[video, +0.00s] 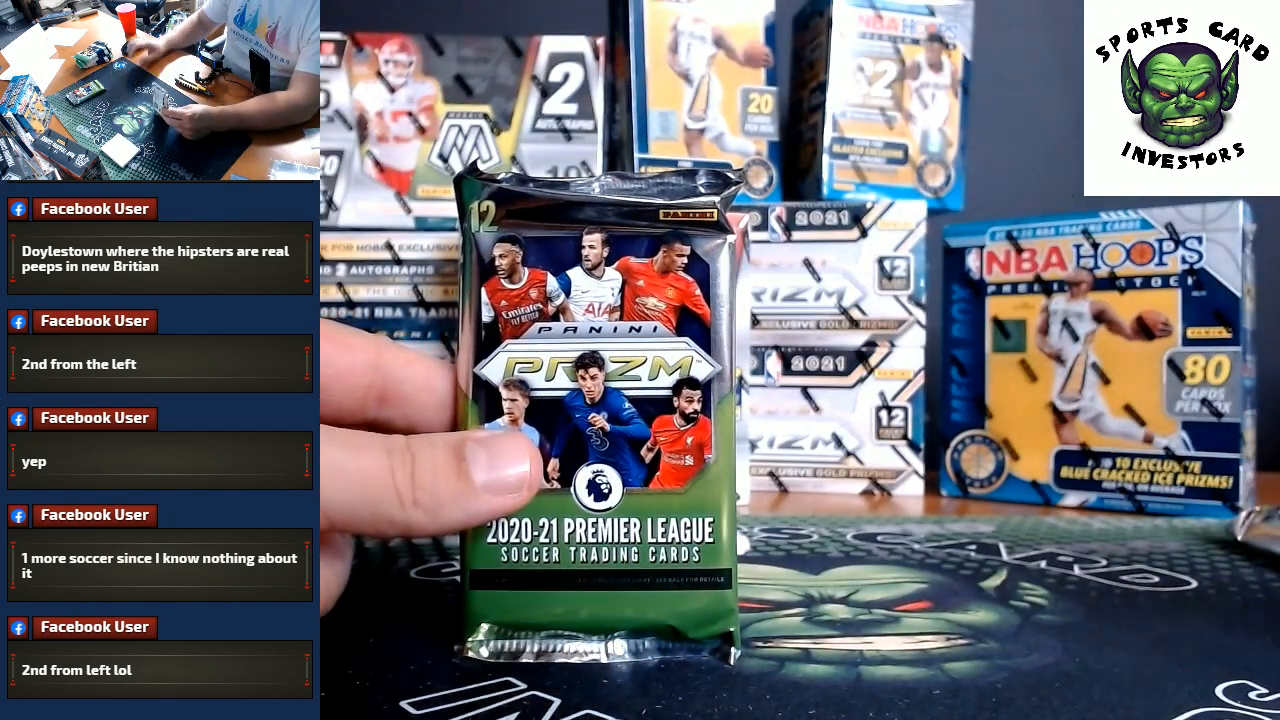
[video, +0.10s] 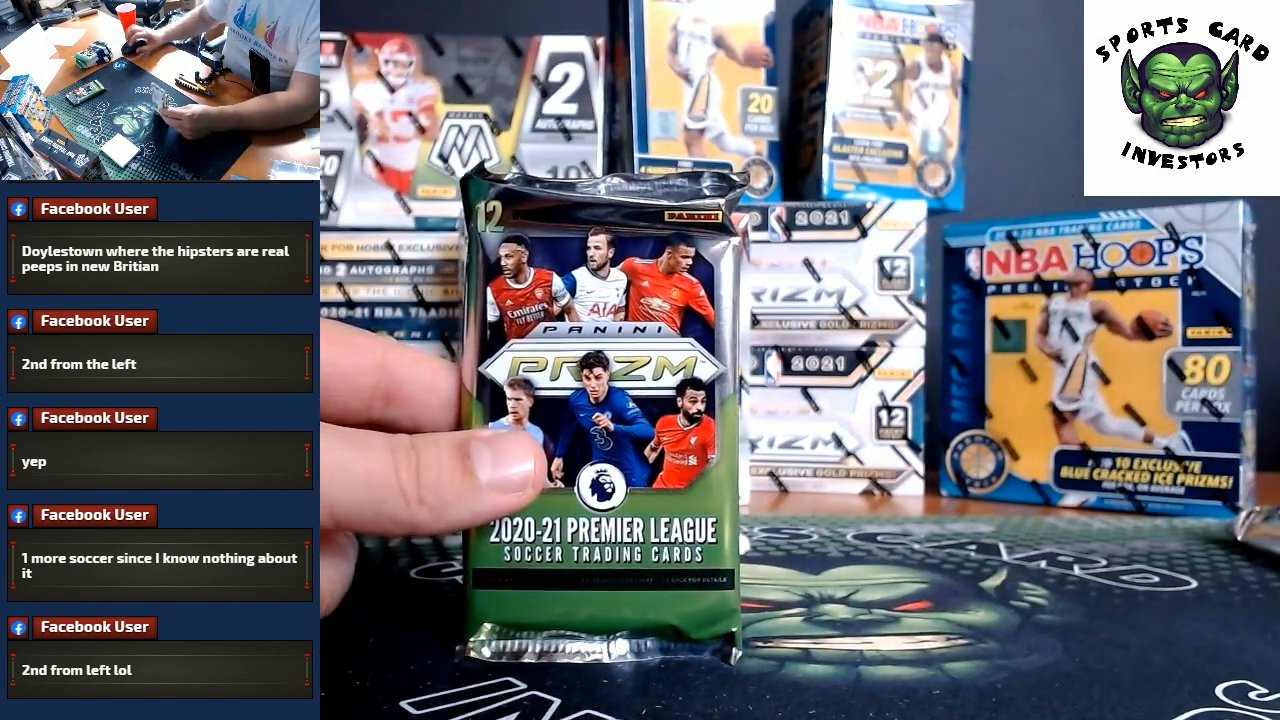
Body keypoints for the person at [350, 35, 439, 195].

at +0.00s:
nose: (398, 70)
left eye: (404, 65)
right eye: (392, 64)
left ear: (413, 66)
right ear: (381, 64)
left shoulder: (424, 90)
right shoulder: (365, 90)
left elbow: (432, 130)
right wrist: (370, 126)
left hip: (405, 169)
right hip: (373, 165)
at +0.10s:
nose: (398, 70)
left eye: (404, 65)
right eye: (392, 64)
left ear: (413, 66)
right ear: (381, 64)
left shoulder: (424, 90)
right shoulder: (365, 90)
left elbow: (432, 130)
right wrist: (370, 126)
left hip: (405, 169)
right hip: (373, 165)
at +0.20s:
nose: (399, 70)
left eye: (405, 64)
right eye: (392, 64)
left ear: (413, 66)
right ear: (381, 64)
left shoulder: (423, 90)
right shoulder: (365, 90)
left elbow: (432, 130)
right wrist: (370, 126)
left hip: (406, 169)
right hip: (374, 165)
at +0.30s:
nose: (399, 70)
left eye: (405, 64)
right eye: (392, 63)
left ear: (413, 66)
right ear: (381, 64)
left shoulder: (424, 90)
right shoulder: (365, 90)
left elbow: (432, 130)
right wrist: (370, 126)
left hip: (405, 170)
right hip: (374, 165)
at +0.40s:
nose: (399, 70)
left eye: (405, 64)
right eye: (392, 63)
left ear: (413, 66)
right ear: (381, 64)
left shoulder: (424, 89)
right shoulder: (365, 90)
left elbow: (432, 130)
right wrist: (370, 126)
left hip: (406, 169)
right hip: (373, 165)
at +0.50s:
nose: (399, 70)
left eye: (405, 64)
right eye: (392, 63)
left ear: (413, 66)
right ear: (381, 64)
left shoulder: (424, 89)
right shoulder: (365, 90)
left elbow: (432, 130)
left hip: (405, 169)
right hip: (374, 165)